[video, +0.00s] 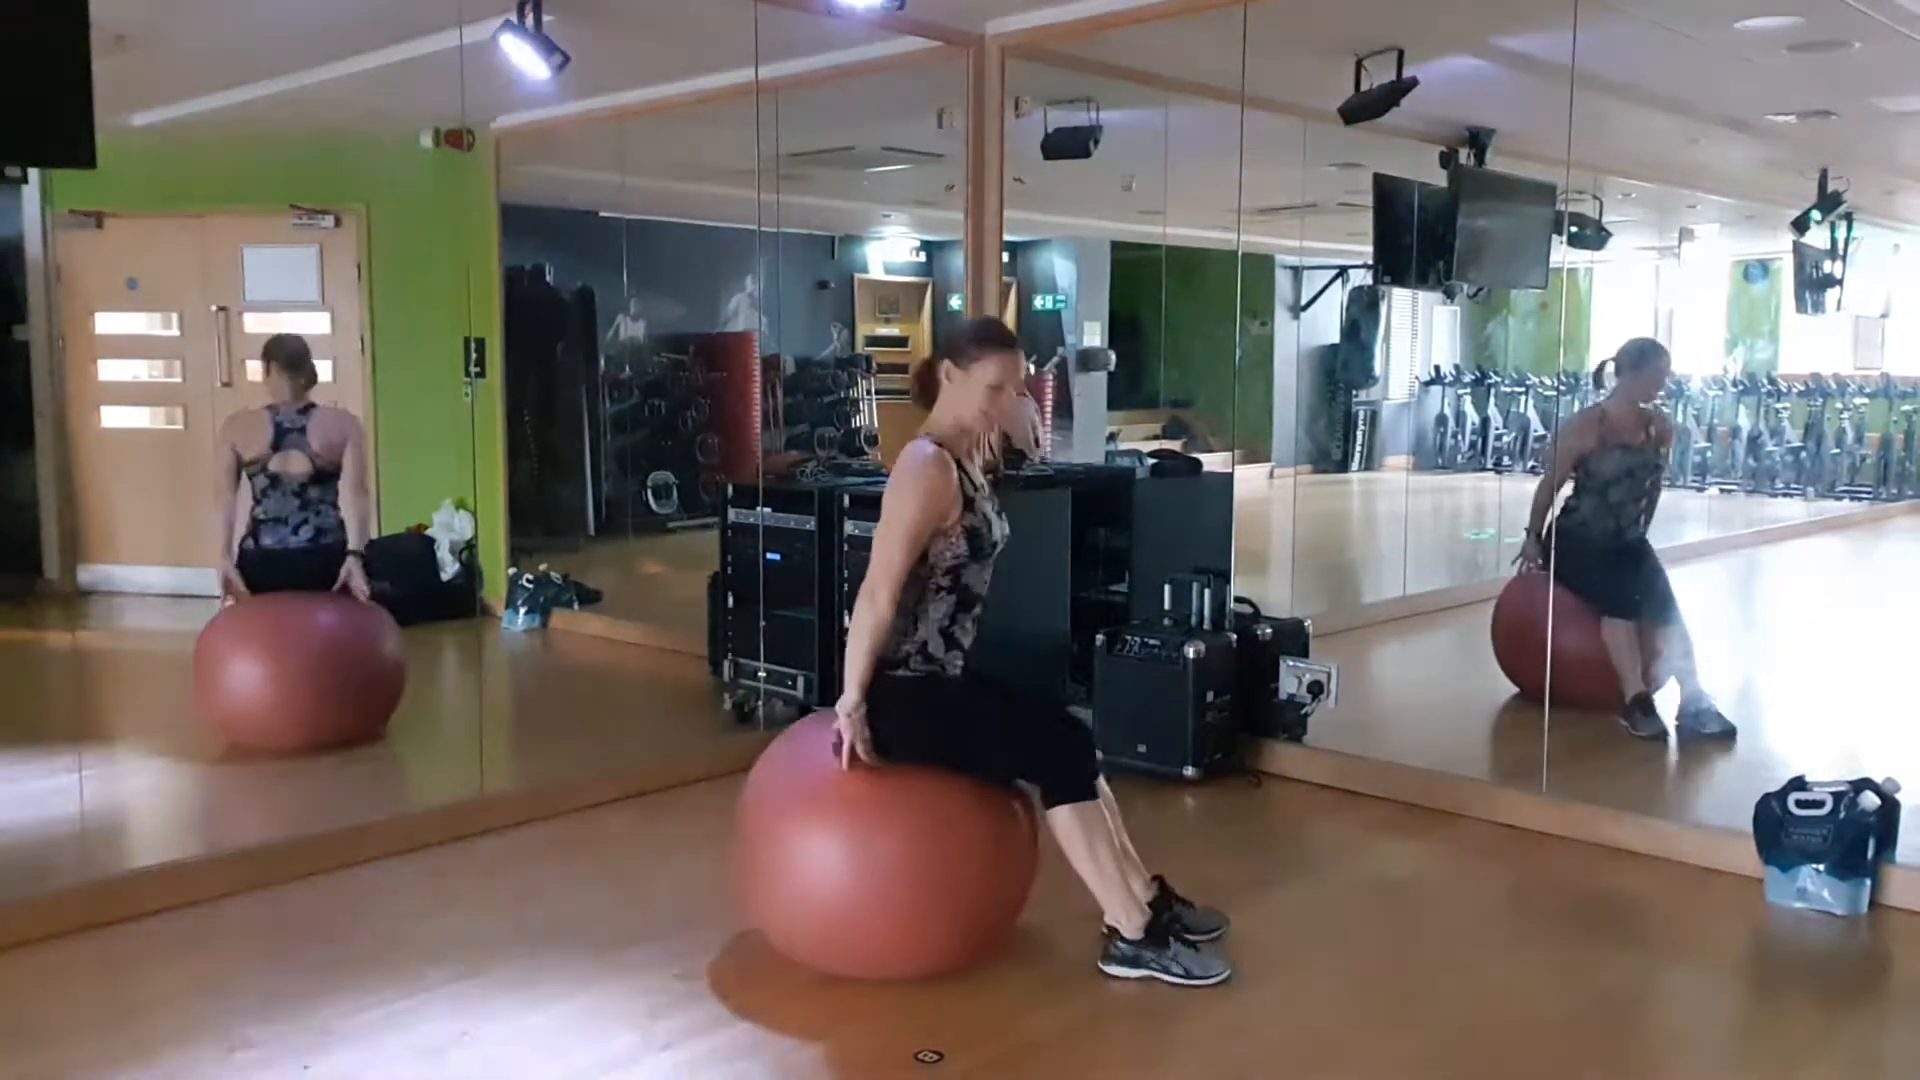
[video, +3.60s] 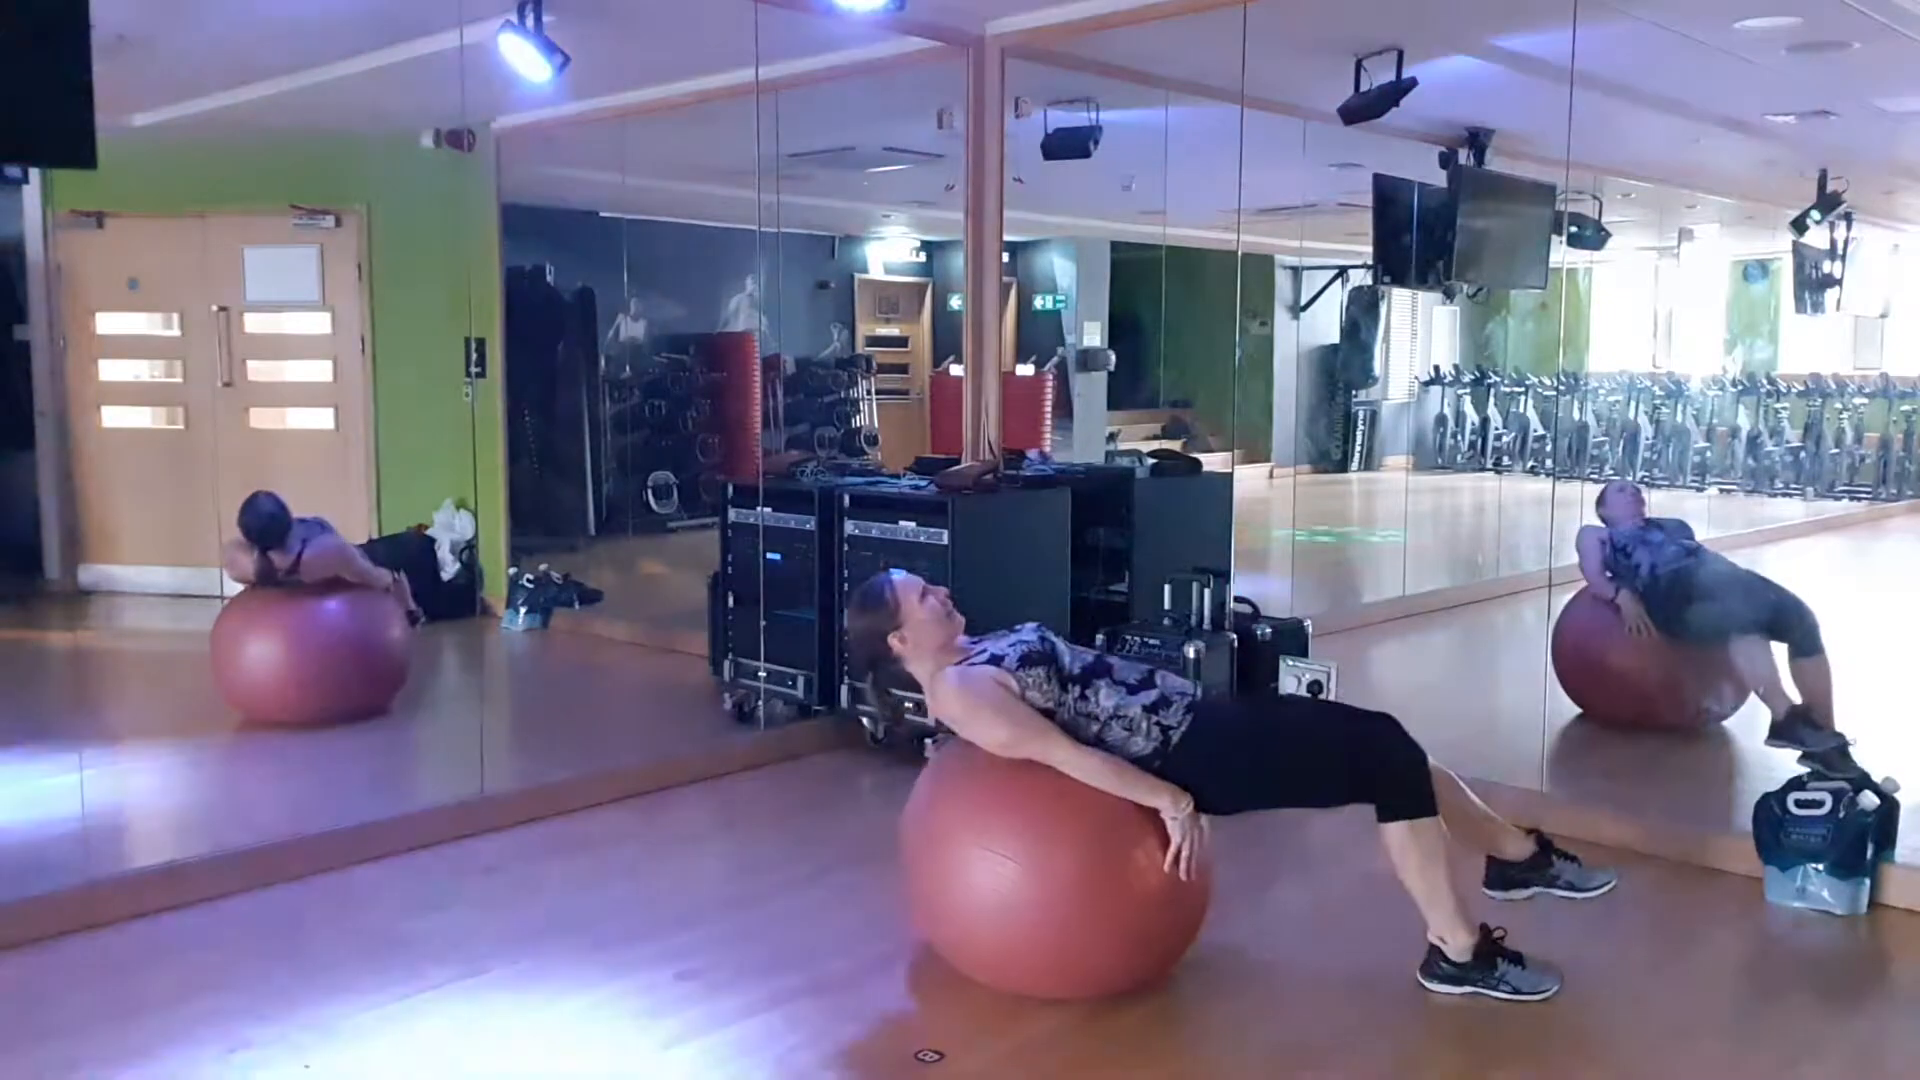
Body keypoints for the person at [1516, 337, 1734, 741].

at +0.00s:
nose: (1664, 385)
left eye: (1665, 377)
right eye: (1659, 376)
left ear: (1648, 377)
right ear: (1630, 373)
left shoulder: (1659, 427)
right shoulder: (1585, 426)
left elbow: (1650, 489)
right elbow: (1550, 483)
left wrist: (1638, 535)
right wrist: (1533, 536)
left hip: (1628, 539)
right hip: (1578, 538)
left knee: (1662, 600)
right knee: (1619, 594)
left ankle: (1694, 701)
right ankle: (1636, 700)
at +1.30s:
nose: (1648, 394)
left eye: (1653, 386)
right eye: (1640, 385)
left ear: (1658, 389)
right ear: (1616, 383)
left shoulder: (1669, 434)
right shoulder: (1585, 433)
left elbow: (1666, 494)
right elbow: (1546, 487)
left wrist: (1660, 538)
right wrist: (1560, 547)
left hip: (1657, 547)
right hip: (1605, 550)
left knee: (1692, 588)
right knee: (1665, 590)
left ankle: (1693, 686)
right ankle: (1689, 690)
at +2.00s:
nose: (1644, 421)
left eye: (1647, 413)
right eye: (1635, 413)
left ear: (1649, 417)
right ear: (1609, 413)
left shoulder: (1665, 461)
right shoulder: (1581, 466)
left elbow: (1677, 522)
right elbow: (1557, 527)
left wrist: (1686, 559)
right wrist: (1588, 570)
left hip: (1679, 563)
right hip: (1630, 574)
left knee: (1723, 576)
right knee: (1712, 607)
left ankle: (1744, 689)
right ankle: (1715, 717)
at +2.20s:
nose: (1639, 426)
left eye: (1642, 419)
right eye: (1629, 418)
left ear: (1646, 424)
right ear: (1604, 422)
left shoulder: (1664, 465)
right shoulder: (1579, 471)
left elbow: (1682, 526)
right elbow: (1560, 535)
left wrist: (1695, 564)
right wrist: (1593, 574)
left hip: (1686, 563)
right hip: (1635, 575)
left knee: (1728, 588)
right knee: (1709, 603)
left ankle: (1791, 703)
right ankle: (1715, 714)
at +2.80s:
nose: (1629, 470)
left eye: (1631, 465)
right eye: (1618, 466)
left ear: (1636, 474)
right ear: (1596, 477)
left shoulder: (1659, 511)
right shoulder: (1579, 516)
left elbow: (1685, 553)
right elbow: (1568, 572)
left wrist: (1712, 571)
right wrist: (1608, 588)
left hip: (1696, 578)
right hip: (1653, 587)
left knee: (1768, 626)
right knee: (1721, 613)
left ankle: (1818, 744)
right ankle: (1720, 715)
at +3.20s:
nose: (1626, 490)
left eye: (1630, 486)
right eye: (1615, 486)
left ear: (1638, 497)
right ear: (1596, 500)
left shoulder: (1664, 526)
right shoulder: (1586, 532)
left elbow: (1698, 558)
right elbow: (1581, 574)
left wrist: (1735, 580)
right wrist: (1613, 592)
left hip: (1700, 582)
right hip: (1657, 588)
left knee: (1787, 623)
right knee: (1746, 592)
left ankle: (1819, 745)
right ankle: (1760, 710)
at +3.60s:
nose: (1633, 492)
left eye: (1636, 489)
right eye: (1620, 491)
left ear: (1644, 503)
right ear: (1603, 510)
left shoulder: (1673, 526)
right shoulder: (1596, 534)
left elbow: (1708, 556)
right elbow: (1594, 575)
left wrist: (1743, 577)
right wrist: (1622, 597)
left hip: (1719, 581)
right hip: (1676, 590)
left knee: (1801, 622)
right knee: (1742, 620)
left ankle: (1826, 742)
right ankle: (1784, 716)